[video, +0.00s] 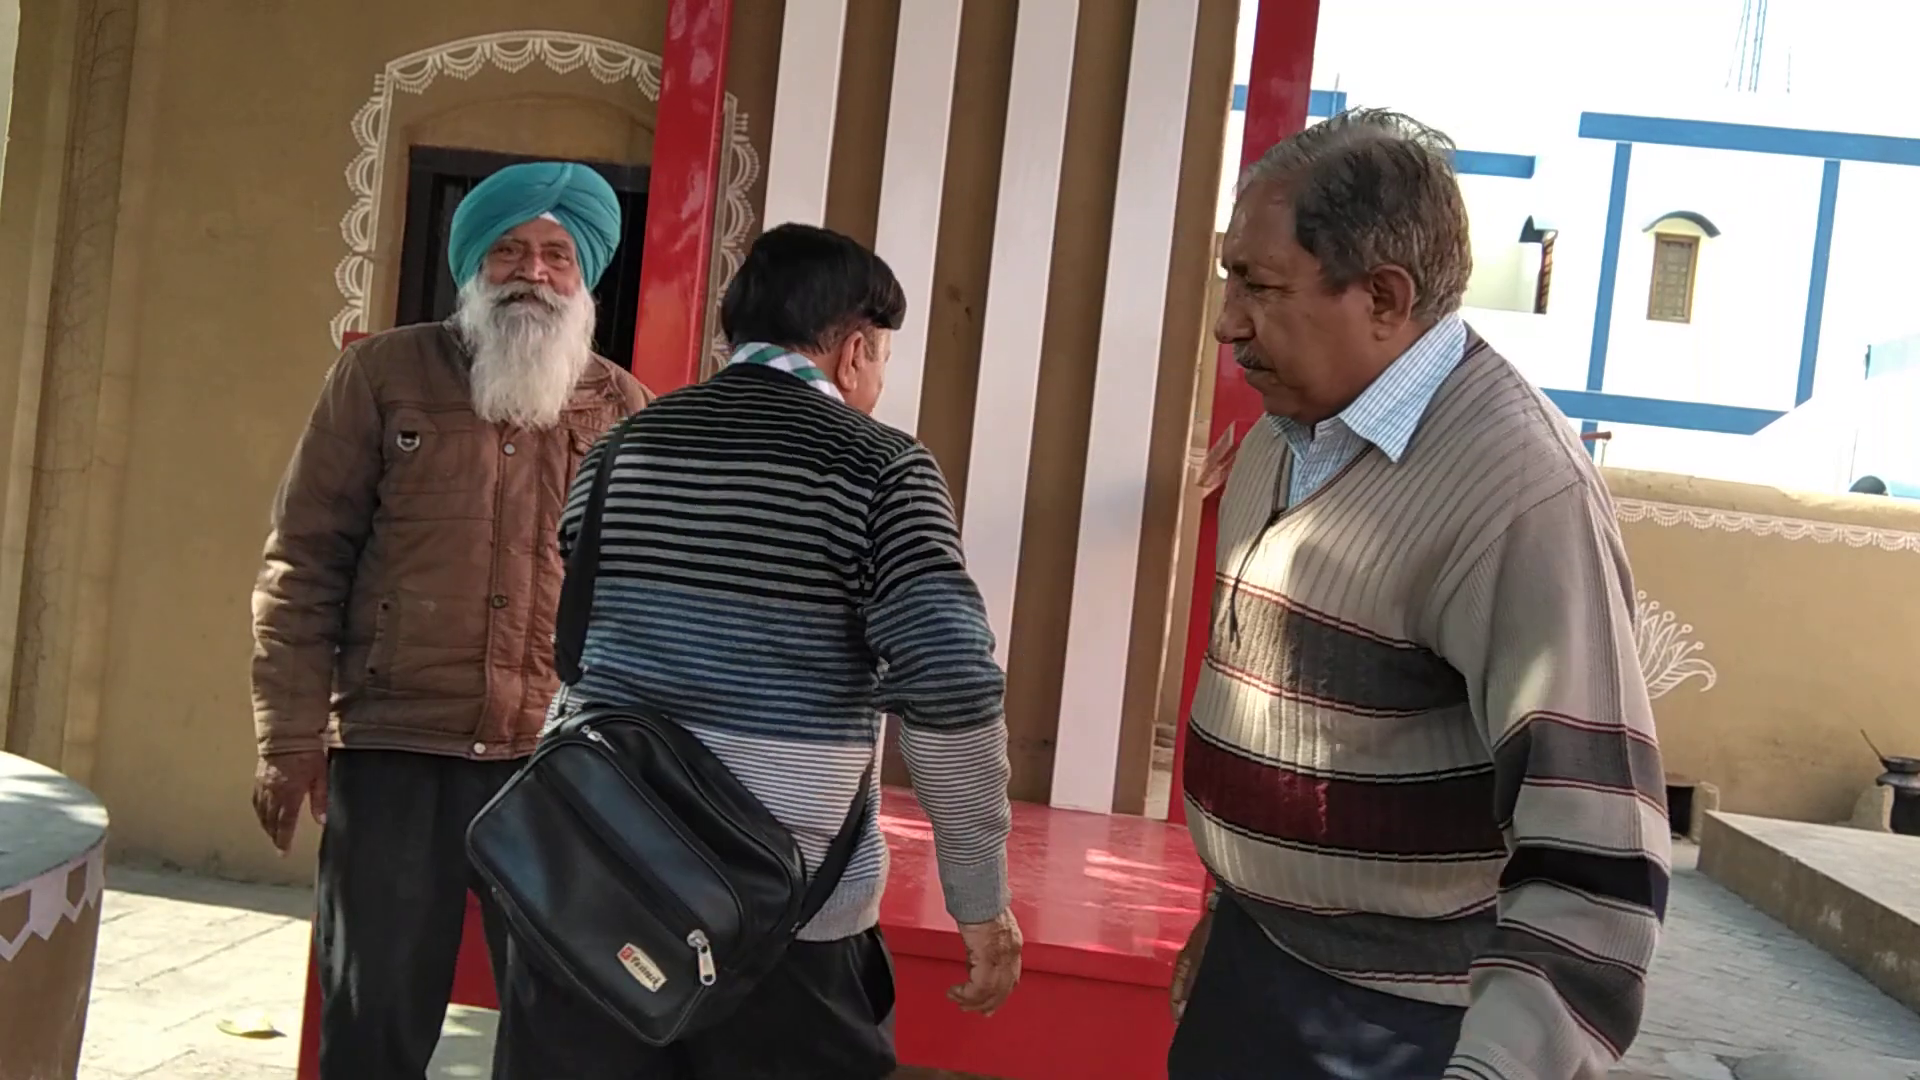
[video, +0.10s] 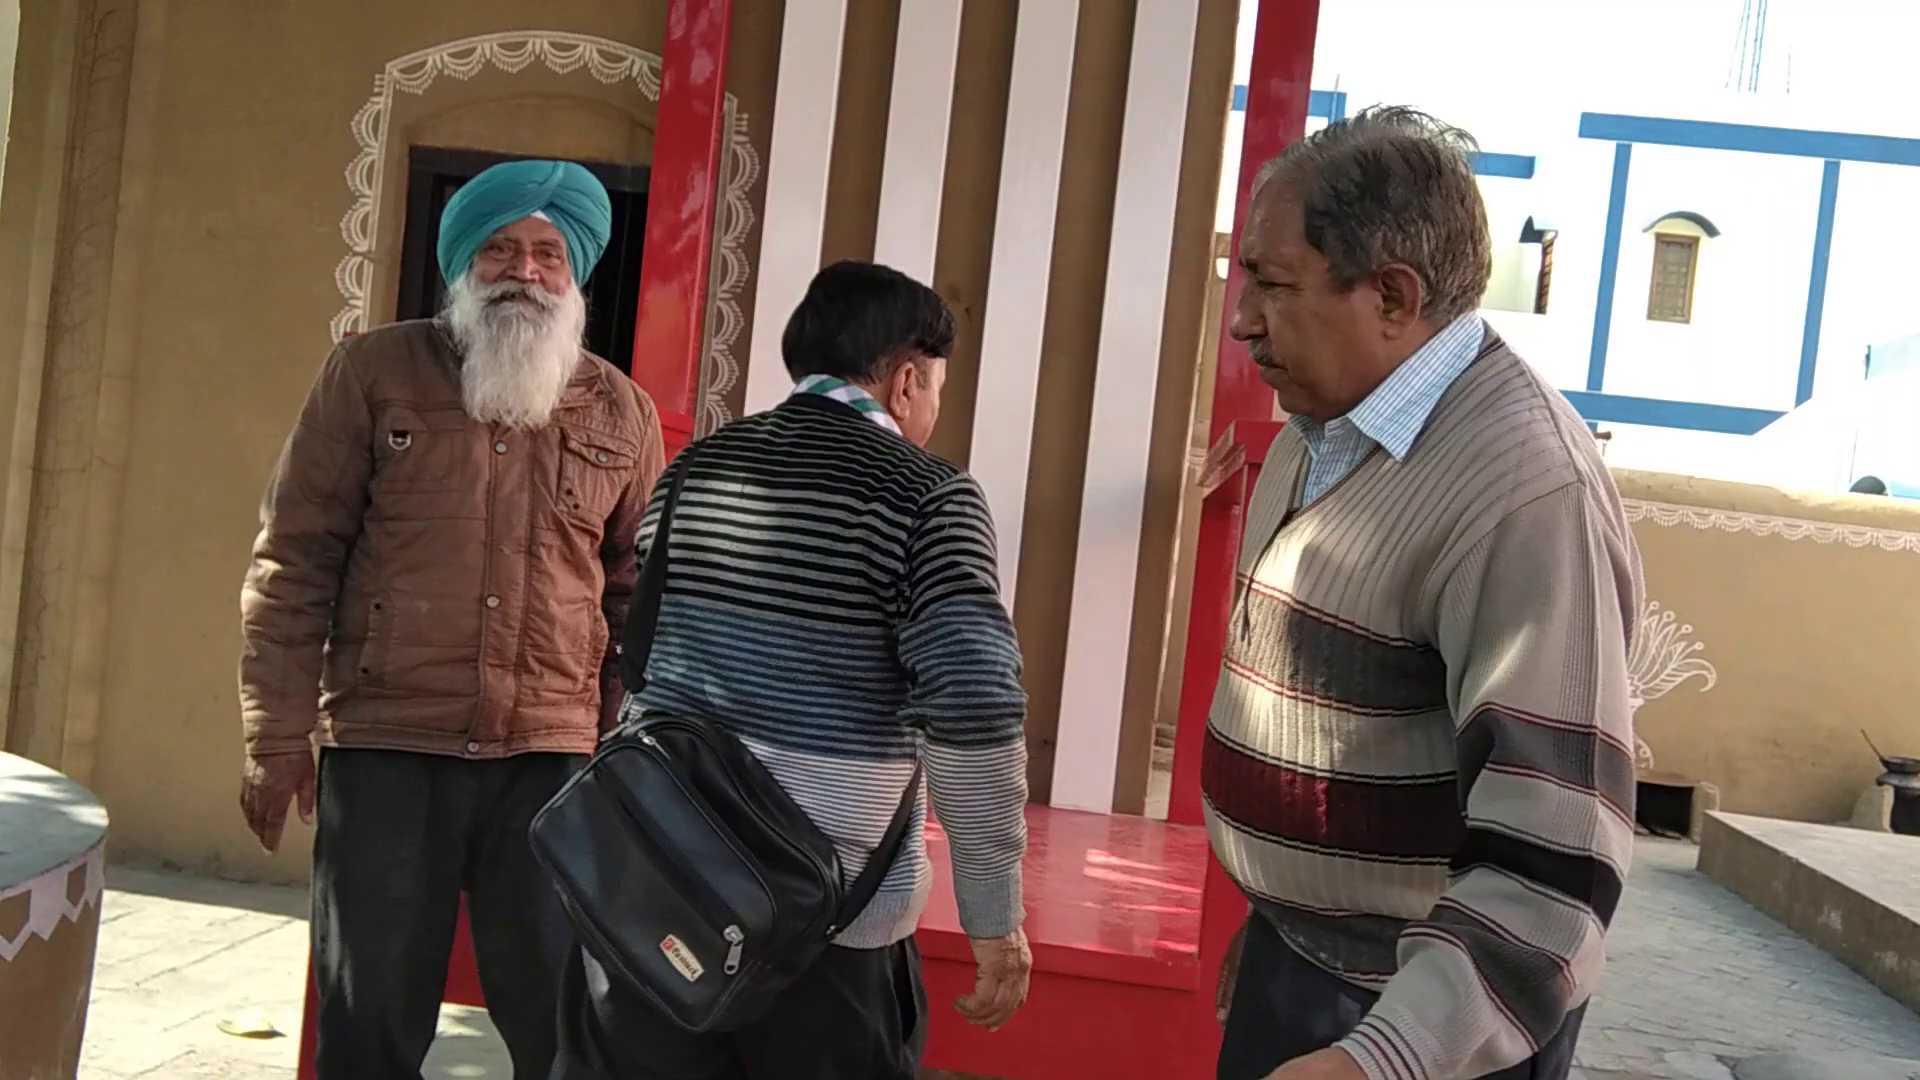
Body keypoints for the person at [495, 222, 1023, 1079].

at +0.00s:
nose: (885, 381)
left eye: (889, 359)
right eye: (887, 359)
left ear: (740, 334)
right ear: (856, 351)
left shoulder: (626, 440)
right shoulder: (880, 464)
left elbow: (575, 648)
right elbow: (949, 688)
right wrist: (980, 896)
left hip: (596, 869)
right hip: (785, 902)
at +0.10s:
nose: (939, 409)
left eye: (943, 390)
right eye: (939, 388)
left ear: (806, 362)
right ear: (903, 380)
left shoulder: (696, 464)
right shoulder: (928, 493)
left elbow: (643, 660)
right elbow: (972, 714)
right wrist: (995, 916)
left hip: (660, 889)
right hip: (831, 926)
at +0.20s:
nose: (1003, 423)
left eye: (1006, 400)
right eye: (1001, 400)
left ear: (874, 378)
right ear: (961, 395)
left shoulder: (769, 472)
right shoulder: (974, 509)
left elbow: (701, 661)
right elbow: (992, 726)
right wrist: (1007, 922)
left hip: (717, 883)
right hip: (873, 915)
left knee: (679, 1068)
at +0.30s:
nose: (1056, 430)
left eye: (1059, 409)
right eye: (1051, 407)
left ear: (924, 386)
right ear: (997, 403)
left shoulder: (833, 466)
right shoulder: (993, 510)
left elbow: (771, 663)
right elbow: (983, 721)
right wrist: (1018, 904)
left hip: (783, 855)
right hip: (902, 895)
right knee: (910, 1058)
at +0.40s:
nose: (1096, 419)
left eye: (1097, 400)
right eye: (1084, 398)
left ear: (999, 391)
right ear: (1012, 391)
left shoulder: (898, 452)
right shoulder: (1000, 494)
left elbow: (801, 626)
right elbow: (955, 699)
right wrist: (1016, 866)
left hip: (840, 847)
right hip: (910, 866)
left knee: (889, 1059)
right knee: (917, 1061)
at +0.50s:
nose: (1110, 423)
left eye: (1117, 406)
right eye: (1092, 401)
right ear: (1019, 395)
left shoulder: (1005, 480)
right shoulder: (985, 491)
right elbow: (918, 682)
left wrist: (1169, 492)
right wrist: (997, 848)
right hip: (898, 864)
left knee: (919, 1061)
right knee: (914, 1064)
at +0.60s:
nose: (1109, 435)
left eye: (1122, 416)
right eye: (1086, 411)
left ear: (1133, 421)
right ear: (1021, 407)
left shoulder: (1048, 515)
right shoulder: (959, 504)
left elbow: (990, 677)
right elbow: (876, 683)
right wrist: (961, 838)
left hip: (962, 866)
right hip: (887, 862)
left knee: (961, 1060)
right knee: (916, 1064)